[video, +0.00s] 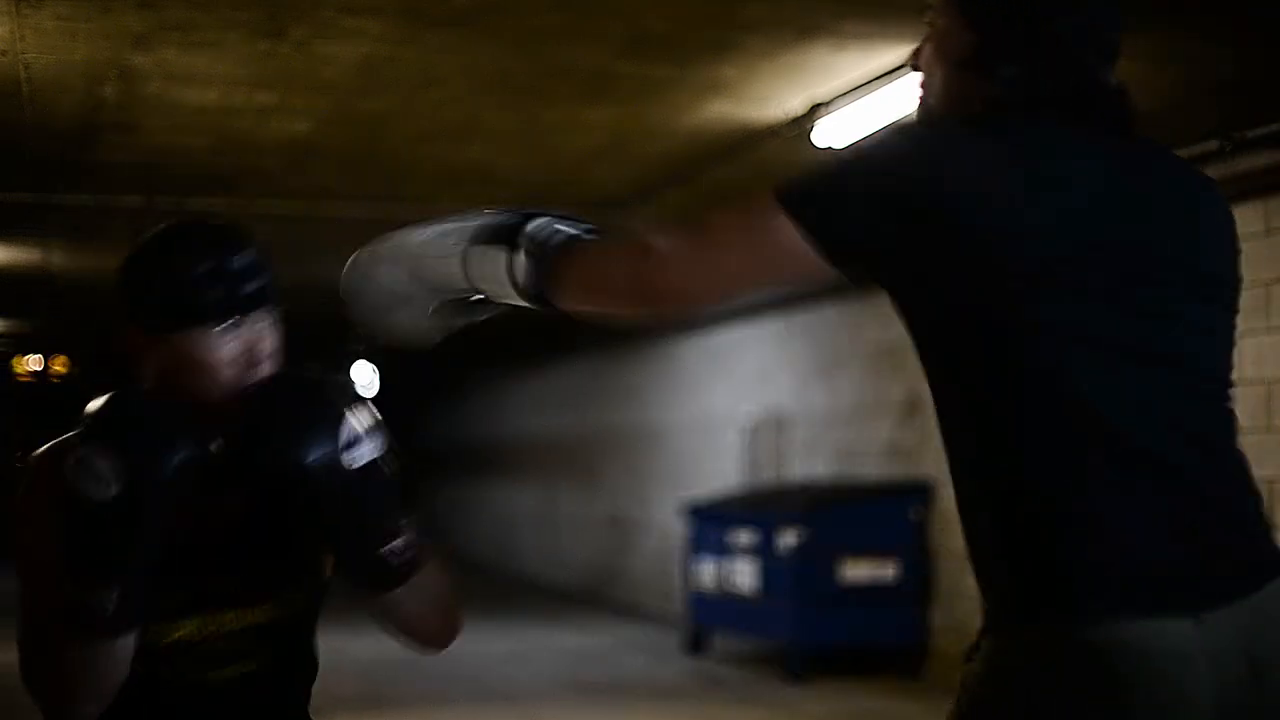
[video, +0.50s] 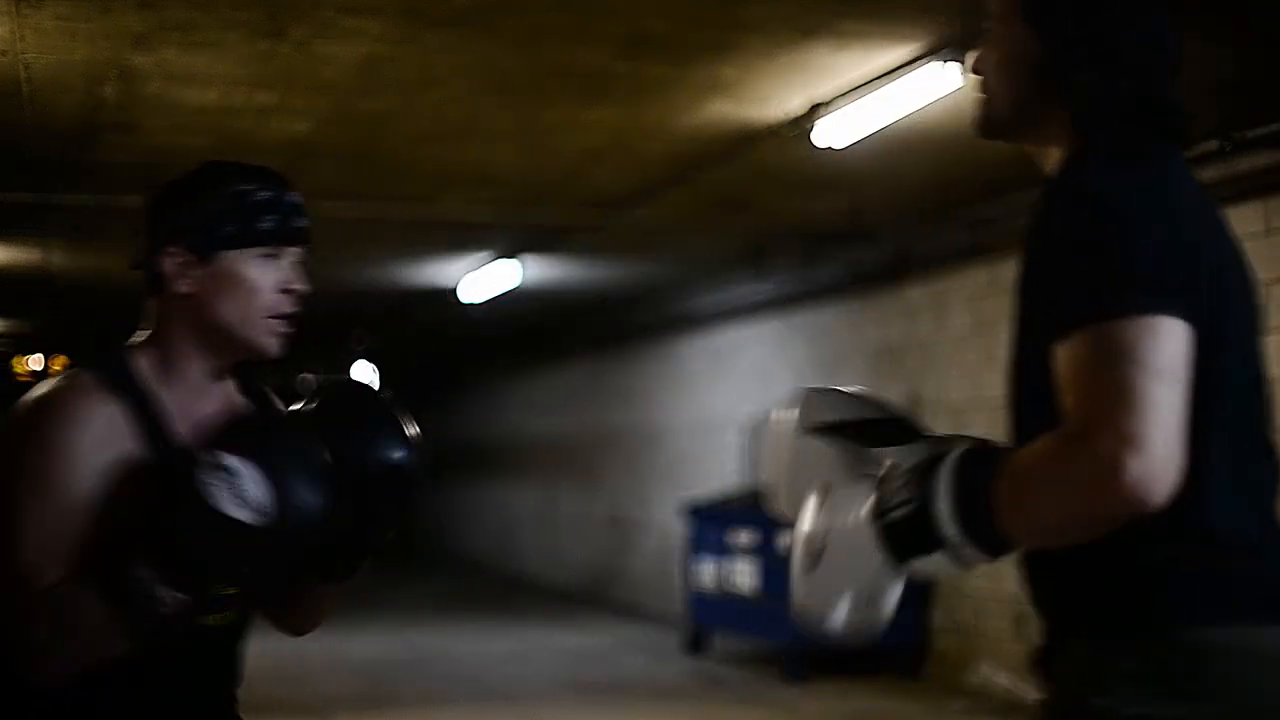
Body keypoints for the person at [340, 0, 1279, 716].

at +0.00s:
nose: (924, 63)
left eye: (937, 41)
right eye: (932, 41)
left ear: (971, 53)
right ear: (1085, 56)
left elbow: (662, 278)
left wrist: (504, 261)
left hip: (1081, 641)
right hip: (1246, 617)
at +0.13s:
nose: (882, 47)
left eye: (900, 24)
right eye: (891, 24)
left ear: (936, 39)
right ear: (1045, 41)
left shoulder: (906, 166)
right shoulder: (1114, 174)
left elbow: (741, 387)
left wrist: (683, 359)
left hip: (1057, 639)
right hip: (1211, 609)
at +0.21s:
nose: (873, 51)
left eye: (894, 24)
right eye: (883, 25)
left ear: (955, 38)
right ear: (989, 41)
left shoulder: (979, 176)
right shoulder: (1049, 166)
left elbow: (894, 461)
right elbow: (884, 412)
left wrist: (799, 473)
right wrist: (712, 301)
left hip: (1080, 656)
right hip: (1171, 626)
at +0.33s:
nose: (903, 58)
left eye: (922, 26)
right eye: (913, 30)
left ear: (984, 41)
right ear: (1032, 49)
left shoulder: (1017, 184)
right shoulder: (1083, 177)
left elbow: (1024, 466)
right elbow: (971, 439)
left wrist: (861, 574)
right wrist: (787, 376)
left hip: (1099, 658)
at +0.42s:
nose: (932, 47)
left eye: (953, 20)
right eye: (942, 23)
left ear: (1014, 31)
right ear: (1039, 38)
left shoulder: (1065, 184)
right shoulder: (1112, 178)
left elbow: (1076, 461)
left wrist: (878, 565)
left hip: (1128, 661)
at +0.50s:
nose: (975, 59)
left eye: (994, 32)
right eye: (984, 35)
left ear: (1059, 45)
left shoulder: (1115, 197)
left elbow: (1129, 461)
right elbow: (1098, 449)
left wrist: (949, 501)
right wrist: (943, 467)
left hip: (1170, 662)